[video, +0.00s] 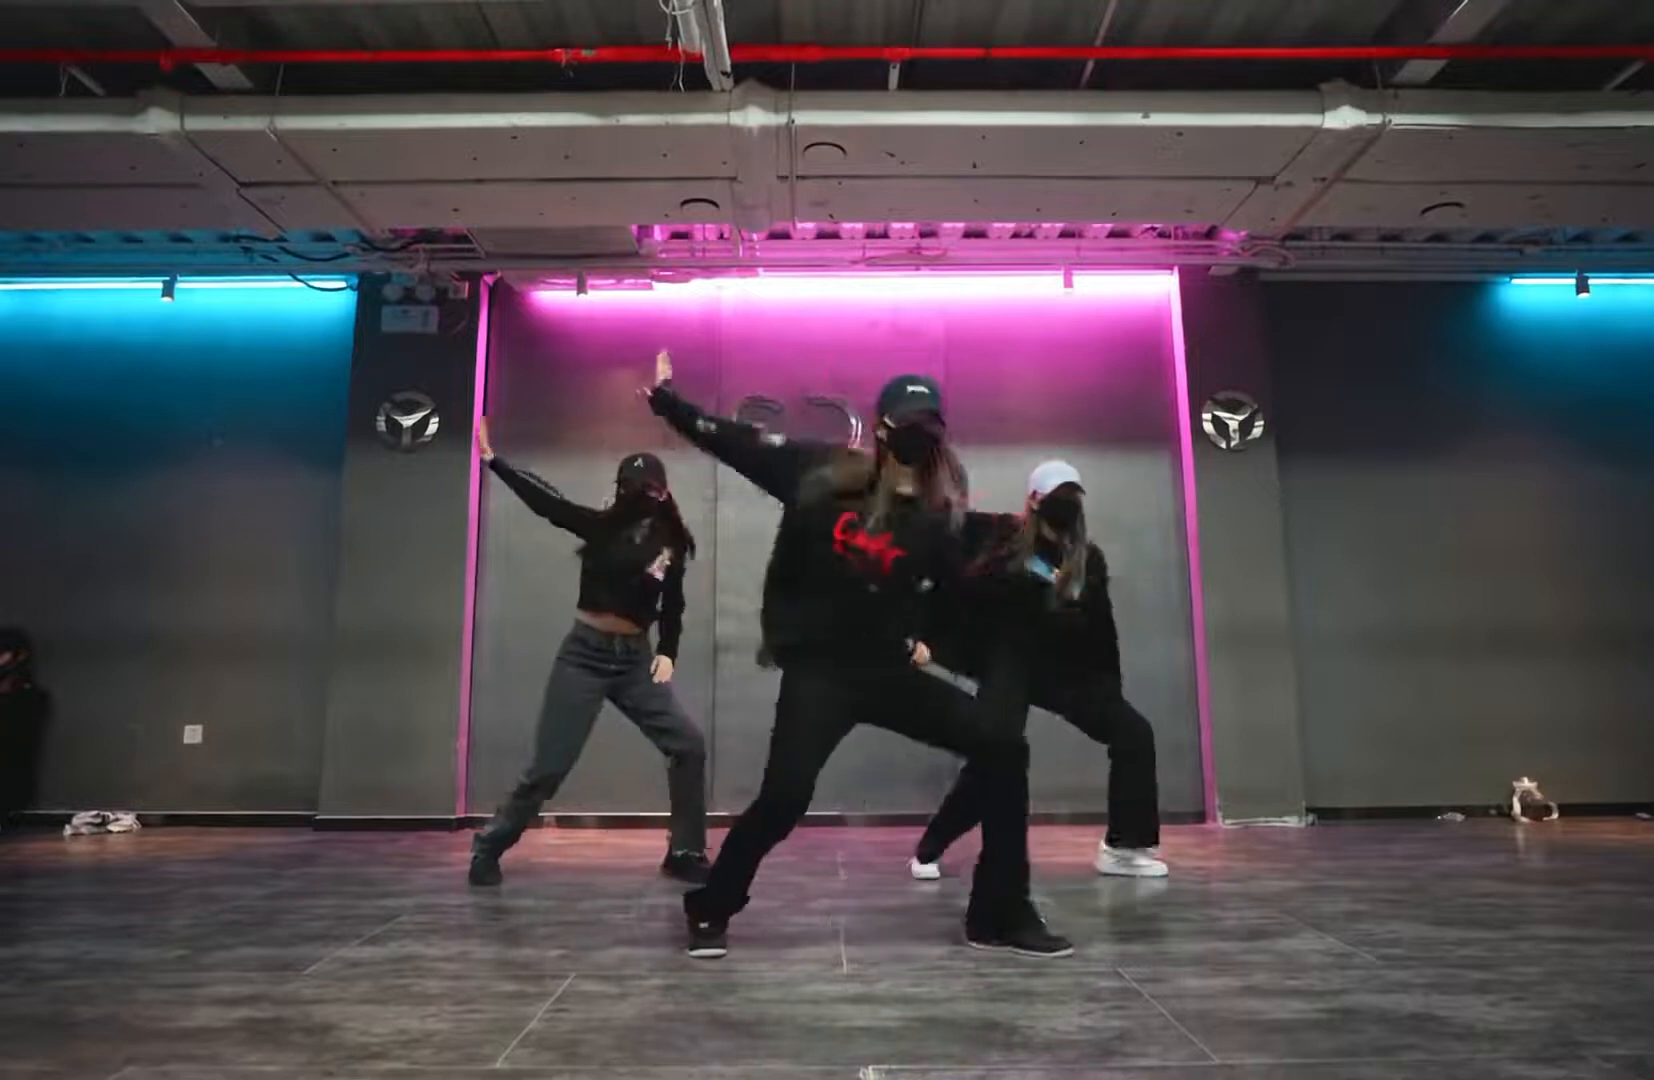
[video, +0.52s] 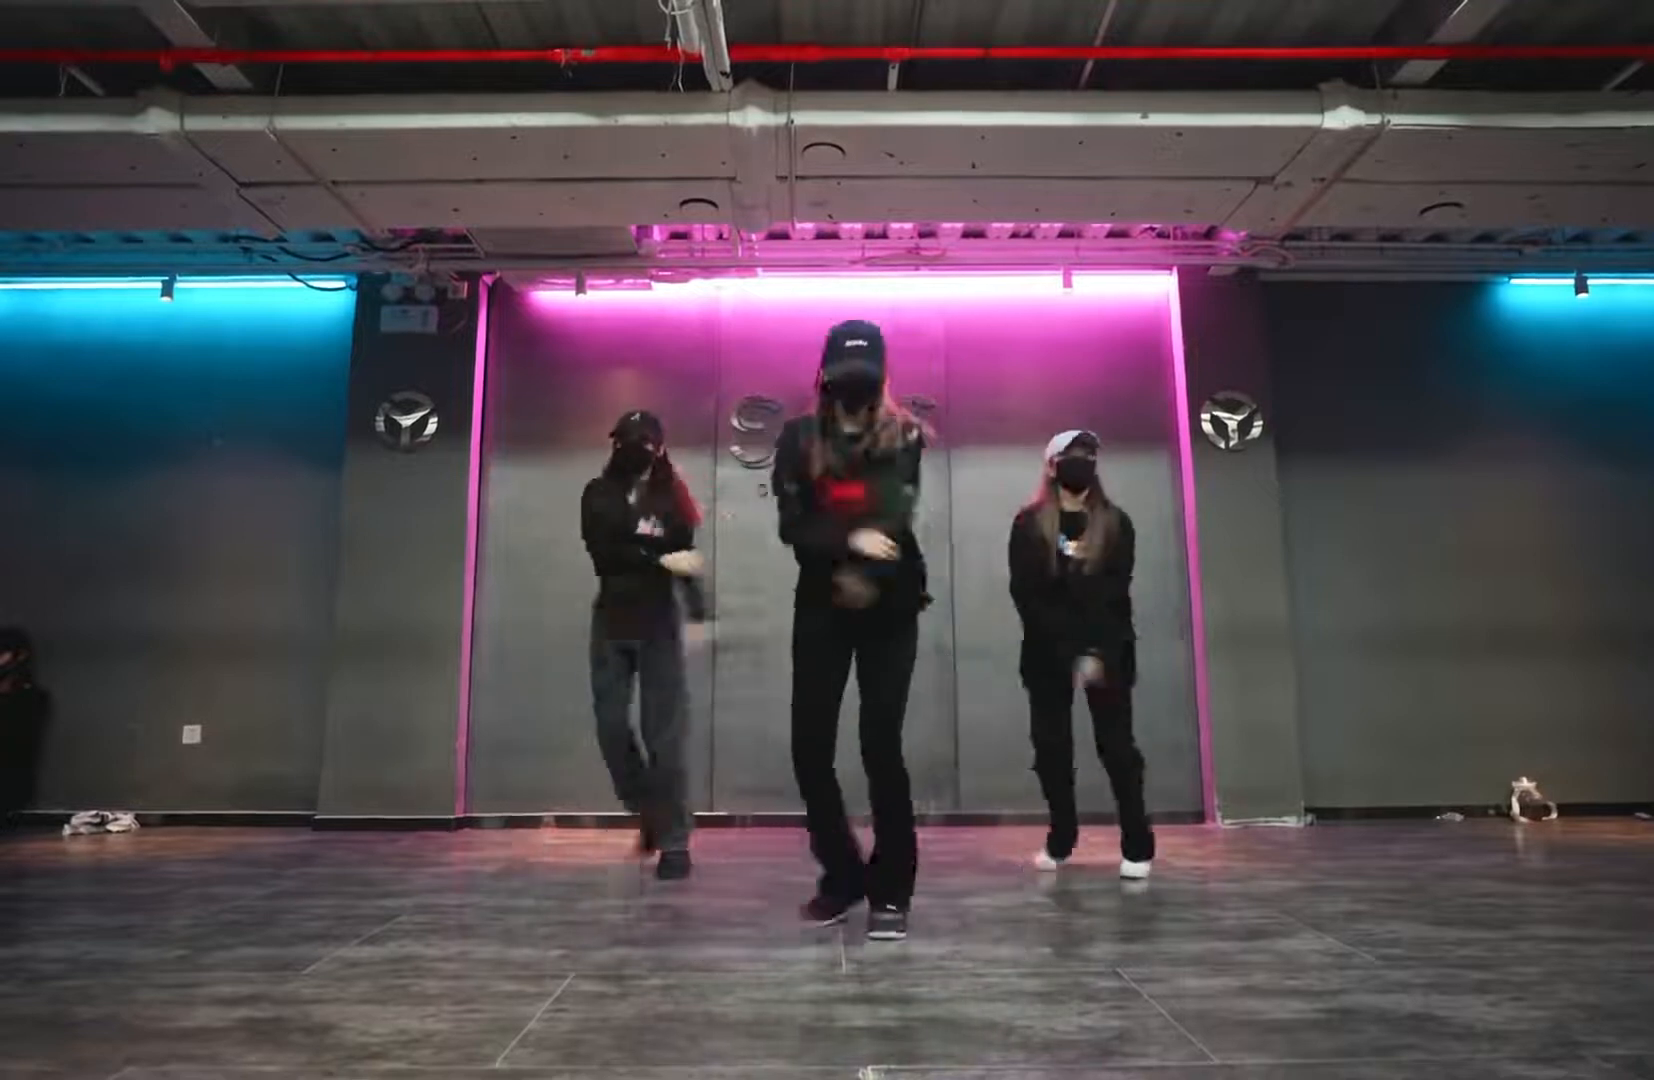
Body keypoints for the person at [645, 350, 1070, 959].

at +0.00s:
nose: (913, 437)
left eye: (925, 426)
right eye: (902, 424)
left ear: (937, 433)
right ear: (877, 426)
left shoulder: (936, 510)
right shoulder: (820, 472)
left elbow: (956, 599)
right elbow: (739, 444)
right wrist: (668, 403)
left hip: (889, 674)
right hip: (817, 673)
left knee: (1004, 747)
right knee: (784, 801)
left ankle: (999, 909)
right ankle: (709, 908)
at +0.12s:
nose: (883, 391)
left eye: (893, 378)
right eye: (873, 378)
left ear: (911, 377)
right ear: (857, 374)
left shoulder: (930, 458)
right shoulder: (811, 430)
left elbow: (969, 538)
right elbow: (734, 434)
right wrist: (687, 408)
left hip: (899, 625)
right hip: (823, 623)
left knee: (972, 748)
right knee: (776, 757)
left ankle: (999, 909)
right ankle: (723, 907)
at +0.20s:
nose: (872, 360)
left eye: (882, 349)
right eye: (860, 349)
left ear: (899, 353)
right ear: (841, 353)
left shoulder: (919, 424)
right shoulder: (810, 415)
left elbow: (947, 474)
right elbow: (749, 452)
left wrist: (910, 507)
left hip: (898, 599)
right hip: (824, 600)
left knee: (938, 737)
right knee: (791, 736)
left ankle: (936, 894)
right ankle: (772, 887)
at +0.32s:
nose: (856, 373)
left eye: (866, 362)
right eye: (845, 362)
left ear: (885, 361)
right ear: (830, 361)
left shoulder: (906, 420)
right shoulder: (804, 422)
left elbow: (898, 465)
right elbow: (771, 484)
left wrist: (845, 495)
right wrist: (807, 510)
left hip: (896, 597)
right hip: (828, 593)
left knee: (896, 744)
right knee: (813, 742)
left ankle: (884, 892)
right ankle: (805, 895)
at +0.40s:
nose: (848, 385)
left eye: (859, 374)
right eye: (839, 375)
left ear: (878, 370)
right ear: (825, 372)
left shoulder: (904, 428)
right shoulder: (803, 432)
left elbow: (886, 478)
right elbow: (774, 494)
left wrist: (823, 499)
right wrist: (802, 511)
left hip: (892, 607)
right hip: (823, 603)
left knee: (887, 748)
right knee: (809, 749)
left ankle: (887, 896)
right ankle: (807, 897)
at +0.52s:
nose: (851, 397)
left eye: (863, 386)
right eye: (842, 385)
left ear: (880, 382)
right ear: (825, 381)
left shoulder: (899, 436)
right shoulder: (798, 438)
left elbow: (897, 516)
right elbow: (793, 526)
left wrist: (865, 570)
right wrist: (849, 537)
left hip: (888, 604)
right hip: (821, 604)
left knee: (879, 747)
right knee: (811, 753)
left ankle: (891, 891)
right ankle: (843, 878)